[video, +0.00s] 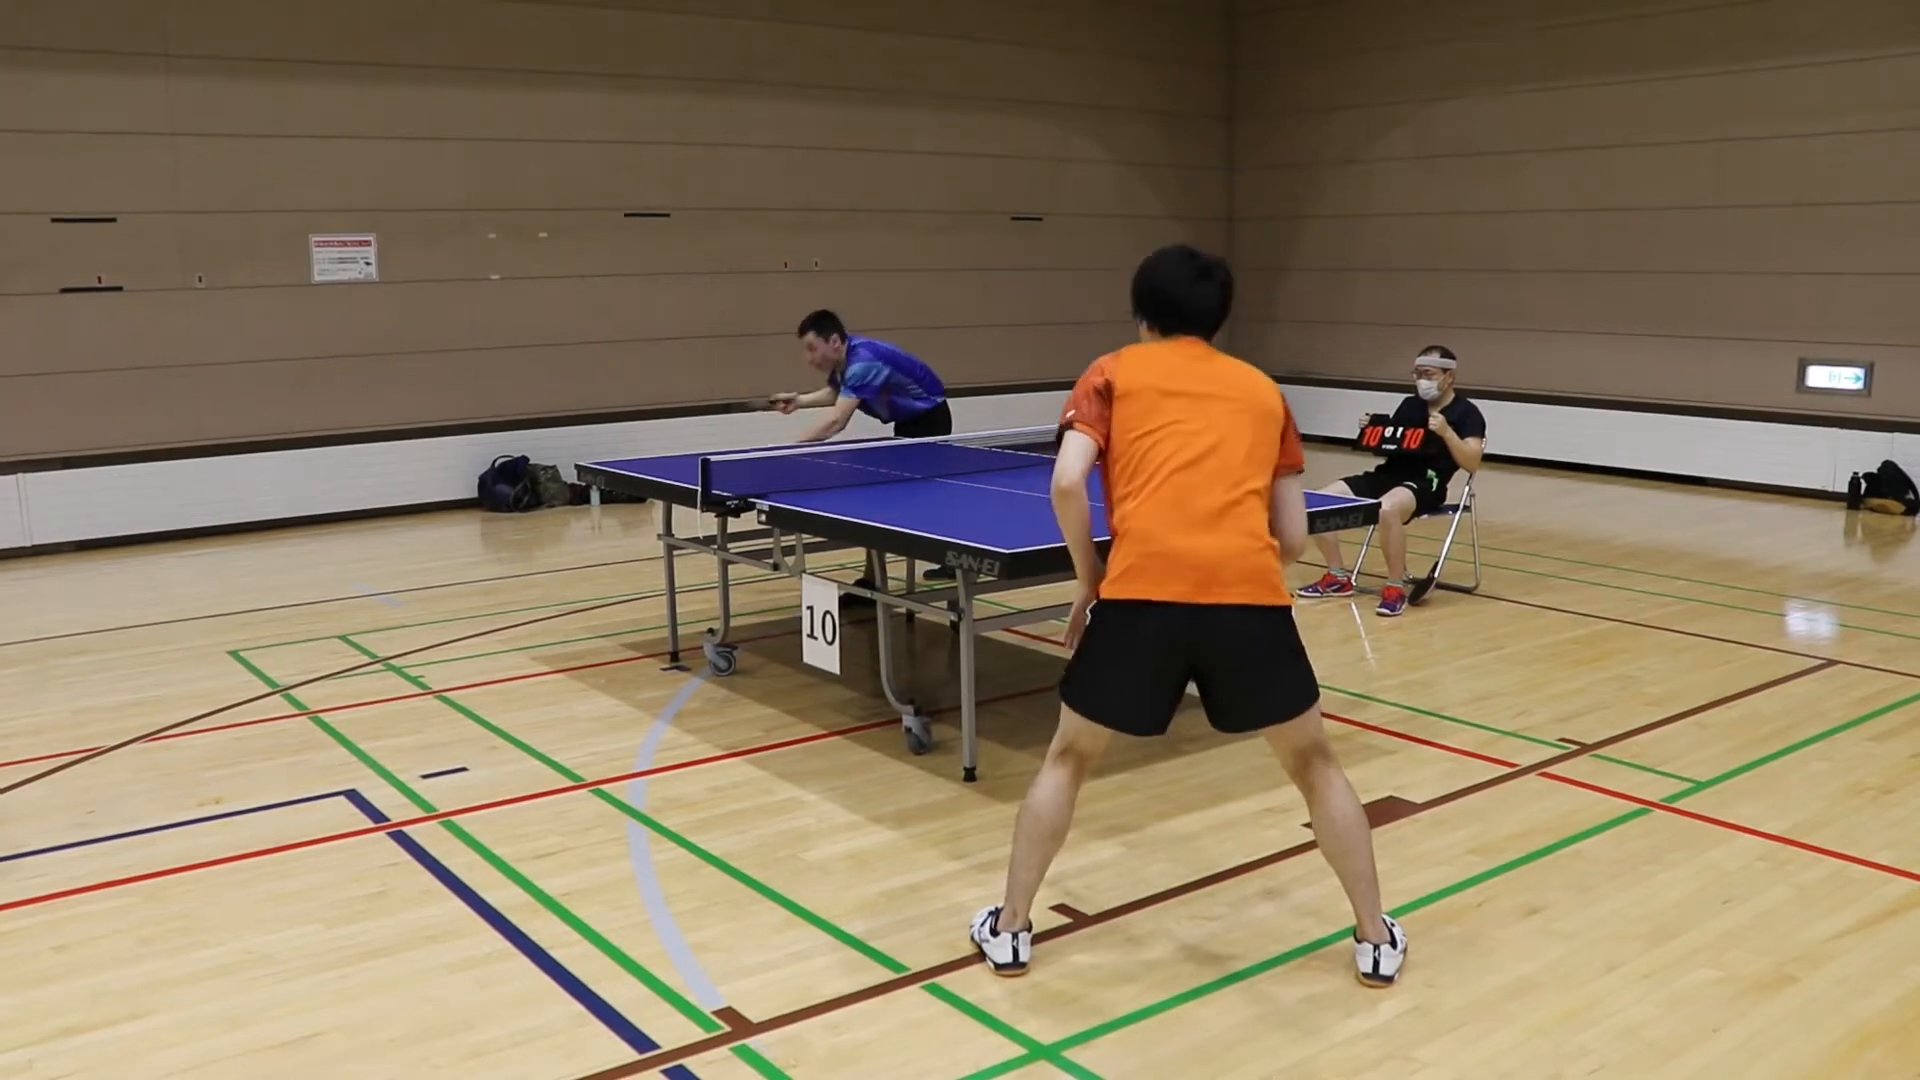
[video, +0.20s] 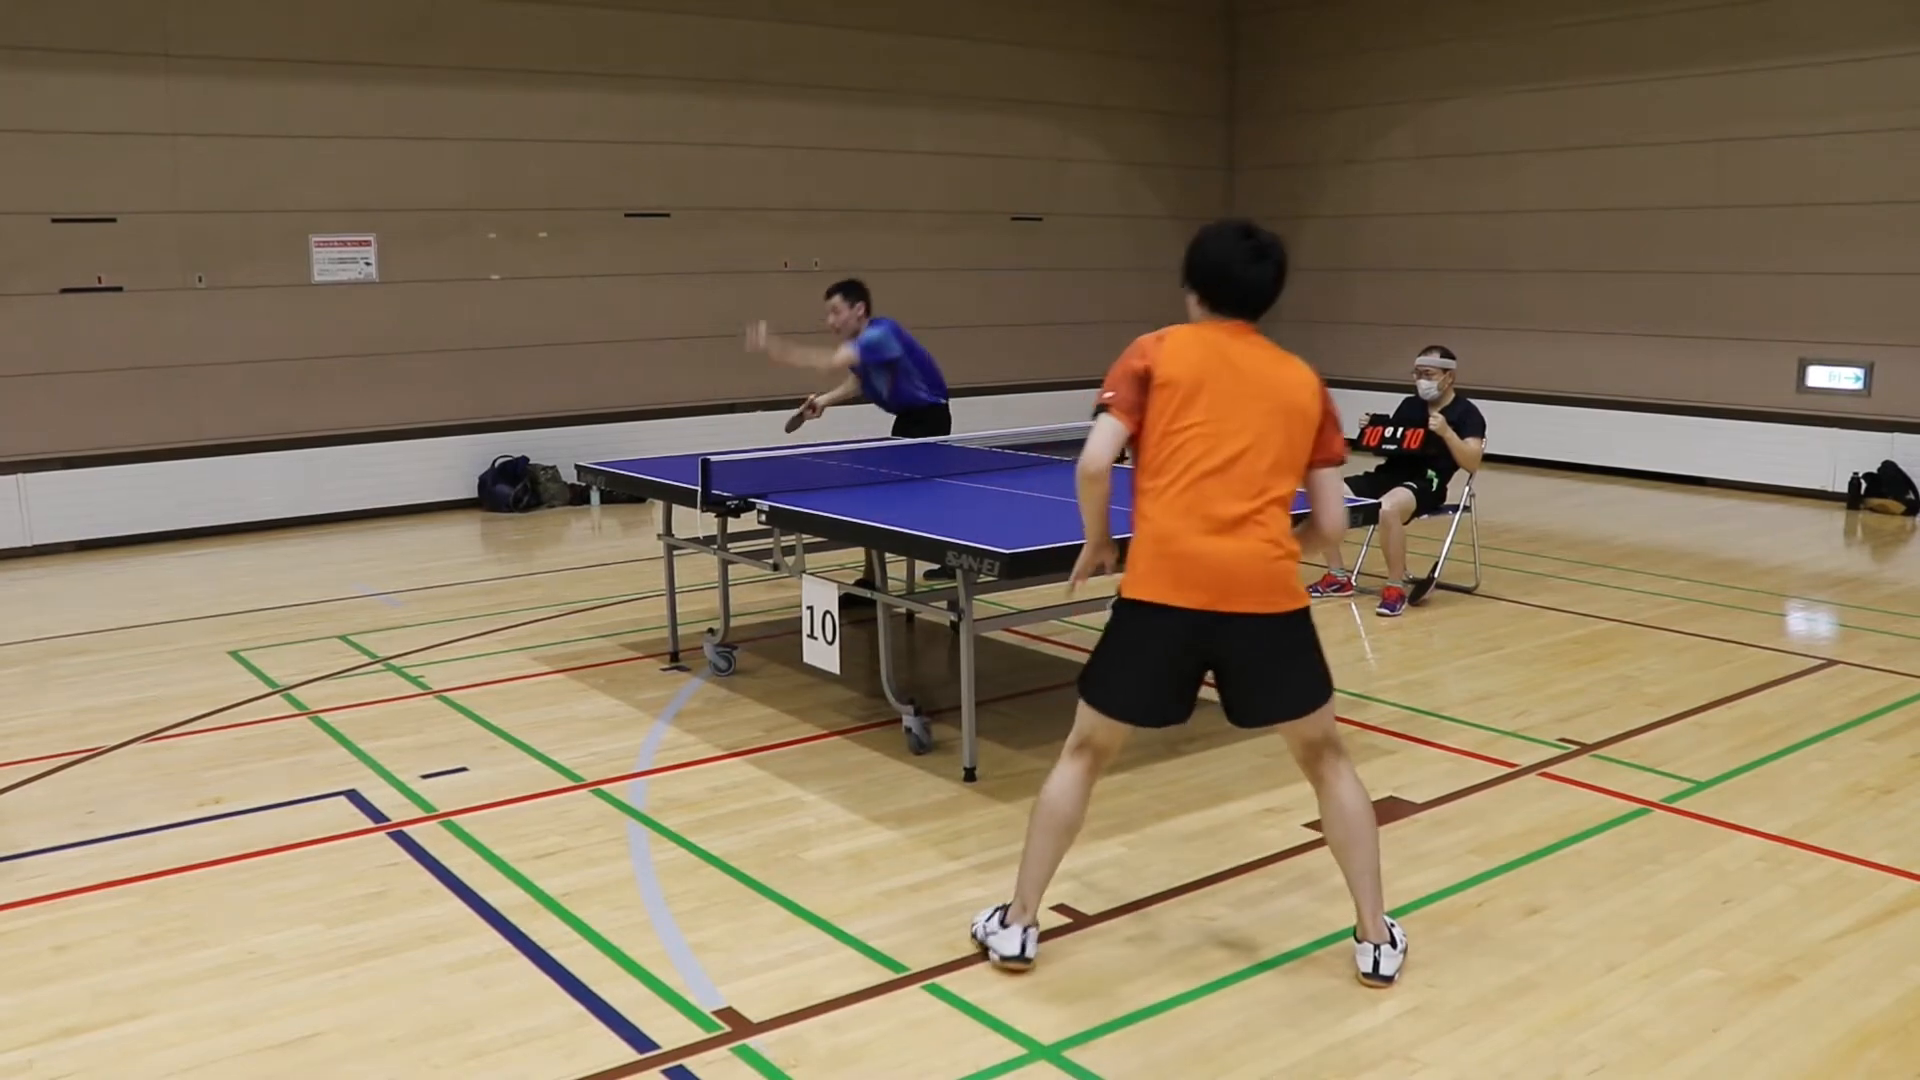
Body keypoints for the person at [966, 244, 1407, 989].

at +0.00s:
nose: (1136, 324)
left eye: (1137, 312)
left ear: (1143, 314)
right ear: (1220, 316)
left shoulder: (1114, 372)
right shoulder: (1262, 390)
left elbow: (1066, 483)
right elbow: (1292, 537)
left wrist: (1088, 581)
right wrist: (1222, 567)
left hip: (1140, 601)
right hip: (1249, 607)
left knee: (1069, 758)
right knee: (1313, 761)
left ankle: (1011, 928)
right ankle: (1377, 937)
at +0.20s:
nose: (1184, 291)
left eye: (1187, 280)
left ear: (1194, 289)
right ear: (1272, 296)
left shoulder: (1155, 353)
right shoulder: (1302, 383)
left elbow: (1092, 465)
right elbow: (1331, 526)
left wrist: (1098, 539)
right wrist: (1299, 541)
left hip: (1159, 598)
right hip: (1267, 604)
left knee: (1086, 751)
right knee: (1325, 755)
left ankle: (1018, 924)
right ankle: (1376, 936)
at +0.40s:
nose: (1215, 279)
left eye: (1217, 268)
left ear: (1223, 274)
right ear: (1300, 283)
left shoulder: (1189, 339)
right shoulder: (1332, 368)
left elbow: (1141, 447)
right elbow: (1357, 507)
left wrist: (1104, 512)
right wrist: (1294, 519)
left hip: (1191, 580)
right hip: (1296, 591)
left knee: (1107, 708)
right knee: (1340, 750)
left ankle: (1053, 875)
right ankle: (1376, 936)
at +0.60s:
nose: (1175, 282)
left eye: (1180, 272)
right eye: (1184, 271)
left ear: (1188, 281)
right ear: (1260, 286)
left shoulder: (1161, 349)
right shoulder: (1298, 366)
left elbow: (1128, 459)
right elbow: (1328, 499)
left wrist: (1082, 518)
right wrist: (1270, 522)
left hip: (1187, 586)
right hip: (1289, 593)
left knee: (1107, 717)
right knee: (1330, 747)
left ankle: (1059, 873)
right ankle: (1373, 933)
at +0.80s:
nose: (1122, 304)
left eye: (1125, 295)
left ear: (1131, 299)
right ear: (1201, 302)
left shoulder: (1108, 369)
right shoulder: (1243, 375)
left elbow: (1063, 478)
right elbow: (1291, 499)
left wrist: (1023, 521)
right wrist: (1229, 498)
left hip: (1151, 587)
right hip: (1249, 583)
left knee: (1074, 712)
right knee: (1295, 694)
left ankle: (1052, 873)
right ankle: (1341, 844)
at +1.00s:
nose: (1120, 319)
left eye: (1123, 310)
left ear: (1131, 314)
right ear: (1198, 315)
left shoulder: (1119, 378)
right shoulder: (1246, 386)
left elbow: (1058, 491)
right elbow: (1296, 497)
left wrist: (1025, 499)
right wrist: (1229, 486)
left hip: (1163, 598)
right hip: (1256, 594)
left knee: (1072, 705)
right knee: (1285, 698)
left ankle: (1052, 873)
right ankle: (1325, 823)